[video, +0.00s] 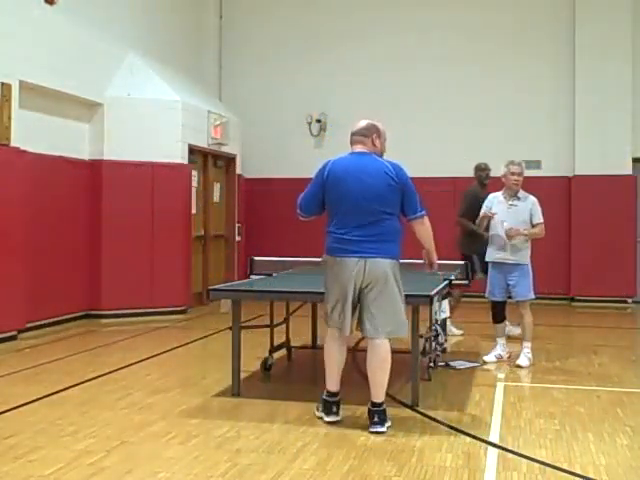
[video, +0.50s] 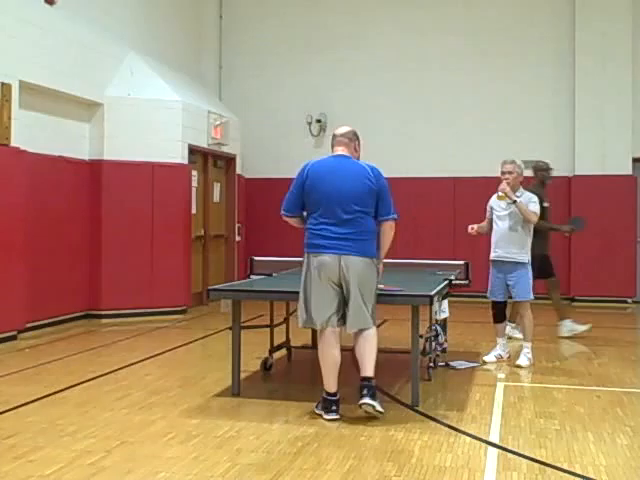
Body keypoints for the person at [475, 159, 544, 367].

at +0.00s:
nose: (516, 178)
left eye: (519, 175)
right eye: (512, 174)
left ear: (523, 178)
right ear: (503, 177)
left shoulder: (531, 202)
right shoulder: (492, 199)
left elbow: (540, 231)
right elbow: (480, 228)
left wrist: (521, 232)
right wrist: (485, 218)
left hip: (520, 261)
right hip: (496, 260)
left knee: (523, 305)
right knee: (497, 305)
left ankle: (526, 349)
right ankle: (501, 347)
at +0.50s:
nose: (506, 177)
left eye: (510, 173)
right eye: (503, 173)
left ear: (521, 176)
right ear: (500, 176)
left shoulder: (529, 198)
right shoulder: (494, 200)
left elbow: (533, 219)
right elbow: (488, 224)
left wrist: (513, 199)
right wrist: (478, 228)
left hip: (520, 260)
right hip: (497, 259)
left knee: (523, 305)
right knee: (497, 304)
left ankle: (527, 348)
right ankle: (501, 347)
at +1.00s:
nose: (508, 174)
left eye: (512, 171)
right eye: (506, 171)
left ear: (522, 175)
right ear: (501, 174)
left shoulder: (529, 197)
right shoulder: (495, 198)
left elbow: (528, 210)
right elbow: (488, 223)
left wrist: (512, 188)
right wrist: (476, 227)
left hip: (519, 258)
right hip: (497, 257)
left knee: (523, 305)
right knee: (497, 304)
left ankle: (526, 350)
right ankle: (501, 347)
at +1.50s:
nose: (510, 174)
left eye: (514, 171)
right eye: (507, 170)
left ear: (522, 176)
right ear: (502, 174)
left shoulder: (528, 197)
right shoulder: (495, 199)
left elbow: (533, 203)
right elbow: (487, 224)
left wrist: (517, 181)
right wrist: (476, 227)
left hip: (519, 257)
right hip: (497, 257)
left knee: (523, 305)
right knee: (497, 304)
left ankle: (526, 350)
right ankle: (501, 347)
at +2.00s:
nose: (505, 181)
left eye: (508, 177)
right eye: (501, 178)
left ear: (519, 177)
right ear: (499, 180)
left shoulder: (531, 198)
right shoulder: (496, 199)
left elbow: (535, 218)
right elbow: (486, 225)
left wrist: (513, 200)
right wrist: (479, 217)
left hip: (521, 260)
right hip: (498, 259)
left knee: (523, 305)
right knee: (497, 304)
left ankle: (526, 349)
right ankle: (501, 347)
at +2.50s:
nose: (501, 187)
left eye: (505, 183)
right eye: (499, 183)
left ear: (516, 181)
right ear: (497, 183)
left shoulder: (530, 201)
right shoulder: (494, 198)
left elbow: (537, 229)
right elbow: (481, 224)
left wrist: (513, 228)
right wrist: (482, 219)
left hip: (519, 261)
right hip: (497, 260)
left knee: (522, 305)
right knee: (497, 304)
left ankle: (526, 349)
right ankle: (501, 347)